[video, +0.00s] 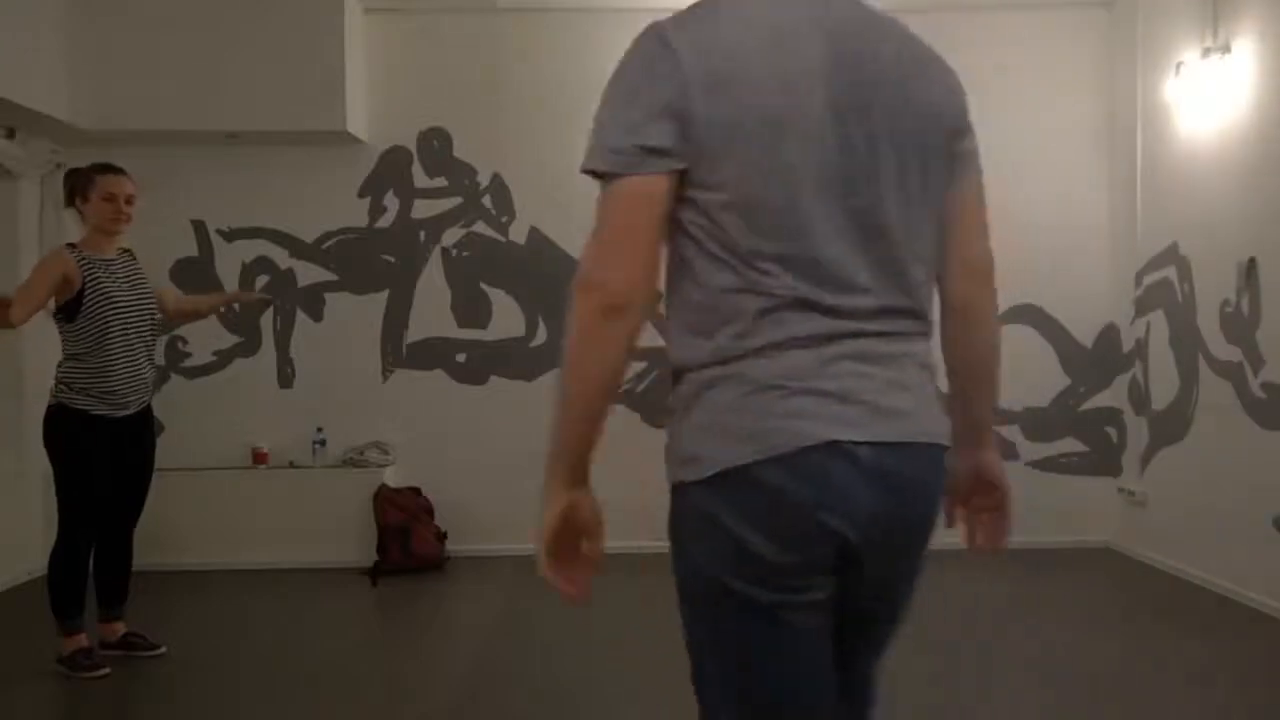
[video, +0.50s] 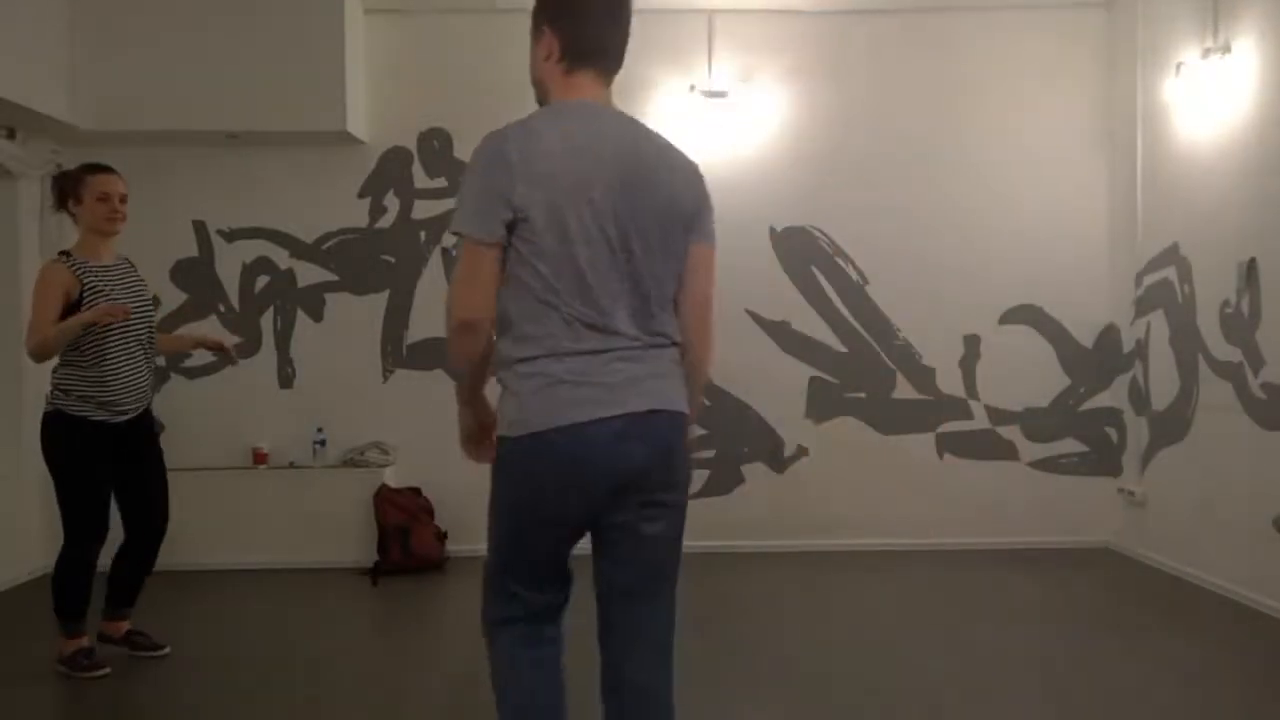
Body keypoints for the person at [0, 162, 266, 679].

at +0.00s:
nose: (121, 209)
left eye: (128, 201)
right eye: (109, 199)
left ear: (135, 207)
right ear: (82, 204)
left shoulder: (130, 264)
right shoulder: (65, 262)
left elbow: (170, 307)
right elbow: (18, 309)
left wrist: (232, 297)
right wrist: (11, 312)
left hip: (133, 419)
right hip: (79, 420)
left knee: (119, 527)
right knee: (77, 530)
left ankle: (112, 630)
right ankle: (73, 641)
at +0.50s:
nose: (116, 208)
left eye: (122, 200)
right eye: (103, 199)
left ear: (127, 207)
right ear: (74, 207)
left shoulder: (126, 269)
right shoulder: (61, 271)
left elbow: (143, 342)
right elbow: (37, 347)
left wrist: (198, 339)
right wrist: (85, 319)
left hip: (132, 423)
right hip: (77, 427)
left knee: (149, 522)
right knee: (86, 533)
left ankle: (116, 625)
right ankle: (72, 642)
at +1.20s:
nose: (185, 202)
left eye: (190, 194)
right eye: (172, 193)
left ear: (194, 201)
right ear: (142, 200)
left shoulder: (198, 266)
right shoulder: (125, 266)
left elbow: (208, 342)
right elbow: (119, 350)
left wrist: (255, 357)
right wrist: (168, 402)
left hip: (204, 418)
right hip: (146, 421)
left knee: (198, 537)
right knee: (176, 535)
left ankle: (188, 650)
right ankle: (145, 645)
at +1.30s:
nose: (190, 201)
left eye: (194, 193)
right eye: (178, 192)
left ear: (198, 199)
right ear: (147, 200)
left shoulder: (201, 266)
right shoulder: (131, 267)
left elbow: (218, 345)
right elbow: (125, 354)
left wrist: (273, 345)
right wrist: (151, 417)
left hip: (208, 419)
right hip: (156, 424)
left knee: (198, 538)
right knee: (173, 539)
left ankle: (190, 649)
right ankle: (169, 659)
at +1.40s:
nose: (195, 200)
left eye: (198, 191)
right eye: (182, 191)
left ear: (201, 198)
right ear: (151, 199)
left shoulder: (206, 266)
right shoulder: (135, 265)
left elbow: (231, 341)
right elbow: (122, 352)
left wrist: (284, 330)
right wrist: (138, 422)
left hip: (213, 420)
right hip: (163, 423)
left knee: (199, 537)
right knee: (171, 540)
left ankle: (189, 650)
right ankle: (168, 660)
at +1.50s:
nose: (197, 199)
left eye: (201, 191)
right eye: (185, 191)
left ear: (203, 199)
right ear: (154, 199)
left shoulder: (208, 266)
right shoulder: (136, 266)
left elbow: (247, 337)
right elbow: (119, 350)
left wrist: (295, 306)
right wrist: (132, 422)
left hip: (217, 422)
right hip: (165, 426)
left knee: (200, 539)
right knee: (167, 542)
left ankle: (189, 650)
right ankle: (167, 660)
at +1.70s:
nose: (199, 200)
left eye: (203, 191)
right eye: (186, 192)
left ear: (207, 196)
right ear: (155, 201)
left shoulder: (219, 261)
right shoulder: (139, 267)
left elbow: (276, 312)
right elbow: (127, 354)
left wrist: (306, 272)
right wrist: (138, 421)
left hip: (222, 422)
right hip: (167, 425)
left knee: (202, 539)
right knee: (167, 541)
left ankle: (190, 650)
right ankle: (167, 660)